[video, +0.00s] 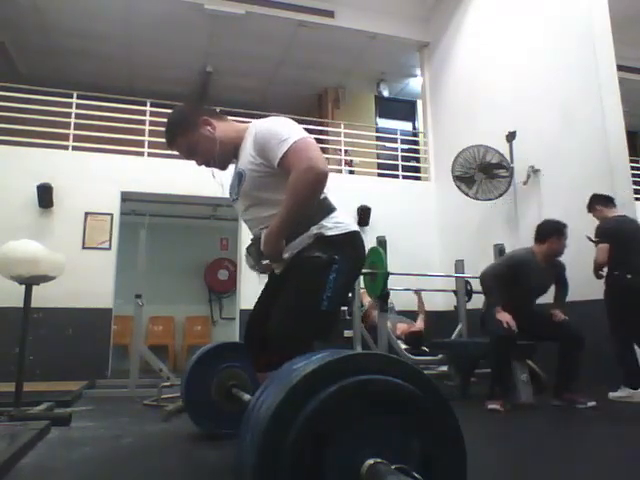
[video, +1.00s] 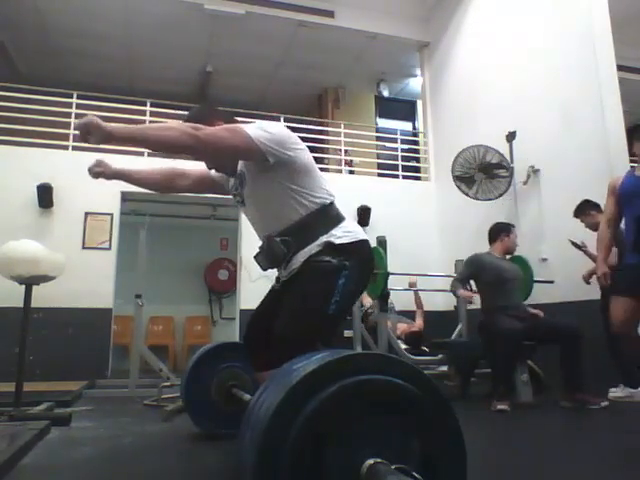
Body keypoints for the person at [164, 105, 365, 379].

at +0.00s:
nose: (198, 162)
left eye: (193, 153)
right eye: (191, 158)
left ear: (208, 127)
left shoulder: (267, 129)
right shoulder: (239, 175)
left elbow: (312, 169)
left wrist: (276, 234)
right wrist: (262, 246)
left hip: (328, 248)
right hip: (296, 260)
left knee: (289, 341)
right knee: (257, 338)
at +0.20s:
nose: (197, 162)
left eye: (193, 152)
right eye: (190, 157)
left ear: (208, 127)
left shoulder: (268, 129)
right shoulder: (240, 179)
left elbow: (296, 170)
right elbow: (254, 230)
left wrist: (270, 252)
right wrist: (235, 273)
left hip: (327, 246)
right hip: (297, 261)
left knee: (289, 339)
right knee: (257, 337)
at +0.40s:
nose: (200, 162)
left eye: (197, 151)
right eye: (193, 157)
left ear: (213, 126)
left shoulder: (272, 133)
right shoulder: (236, 175)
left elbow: (257, 174)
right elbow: (212, 219)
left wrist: (220, 216)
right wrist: (179, 262)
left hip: (330, 247)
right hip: (292, 263)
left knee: (290, 339)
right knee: (258, 338)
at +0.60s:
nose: (208, 147)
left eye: (206, 140)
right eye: (201, 144)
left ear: (219, 123)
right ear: (213, 133)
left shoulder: (278, 134)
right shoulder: (238, 177)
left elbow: (210, 147)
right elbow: (188, 197)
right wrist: (131, 207)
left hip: (333, 251)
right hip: (296, 267)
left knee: (288, 346)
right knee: (257, 345)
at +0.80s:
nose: (201, 160)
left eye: (201, 148)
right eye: (196, 154)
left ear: (221, 126)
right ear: (215, 130)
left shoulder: (277, 136)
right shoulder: (236, 176)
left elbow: (199, 135)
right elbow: (183, 182)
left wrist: (111, 128)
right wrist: (122, 180)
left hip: (333, 254)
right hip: (296, 269)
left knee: (290, 348)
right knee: (256, 345)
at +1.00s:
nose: (205, 164)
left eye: (204, 151)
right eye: (200, 158)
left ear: (220, 133)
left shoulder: (275, 137)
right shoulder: (234, 177)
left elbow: (195, 137)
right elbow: (177, 179)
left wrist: (109, 131)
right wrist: (118, 172)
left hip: (336, 255)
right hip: (299, 269)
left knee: (289, 347)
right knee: (257, 340)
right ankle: (276, 427)